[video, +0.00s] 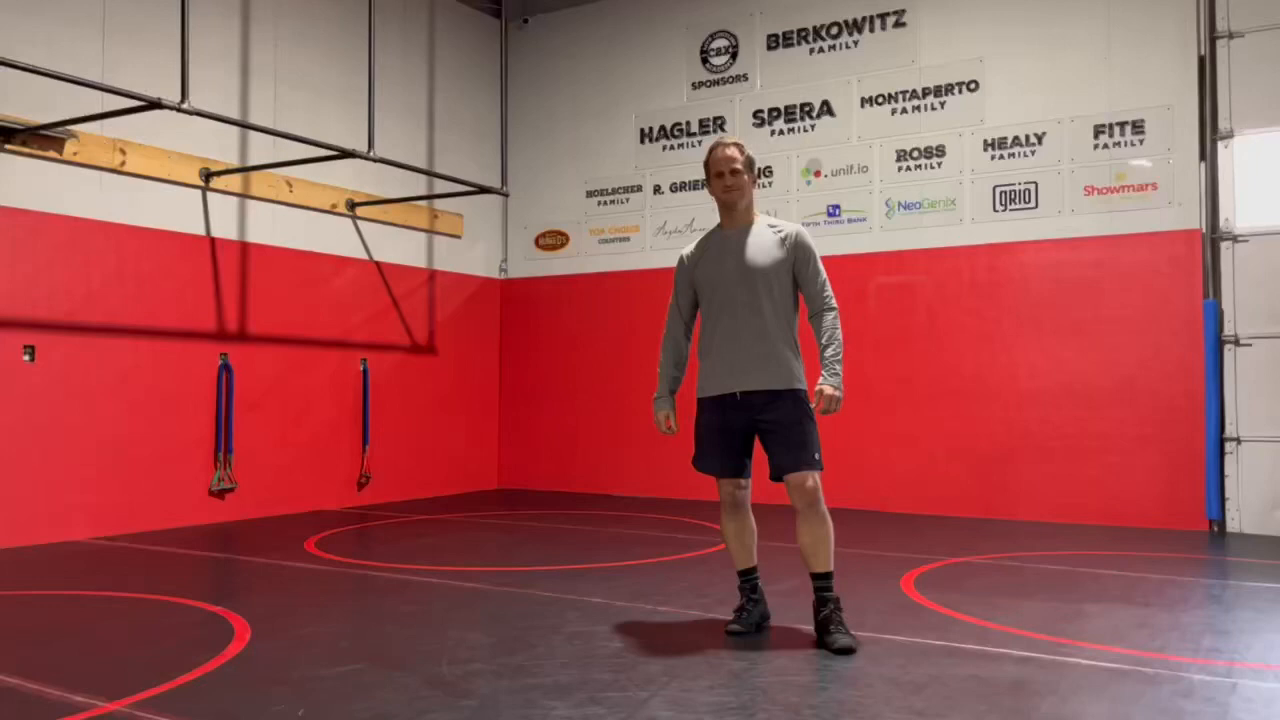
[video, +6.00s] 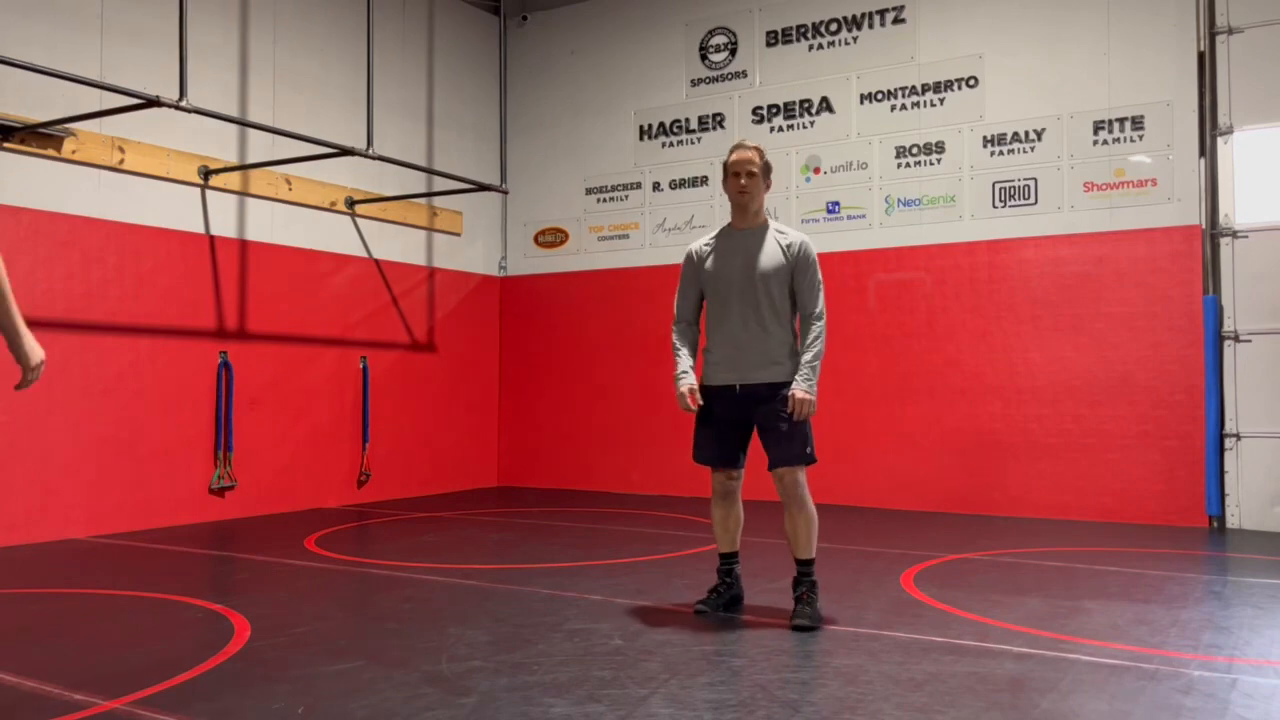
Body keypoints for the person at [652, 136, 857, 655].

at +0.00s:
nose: (727, 179)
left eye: (735, 171)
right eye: (718, 173)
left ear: (753, 177)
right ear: (707, 185)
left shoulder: (790, 239)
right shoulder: (695, 257)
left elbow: (824, 310)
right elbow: (677, 330)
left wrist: (832, 374)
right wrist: (665, 394)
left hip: (783, 392)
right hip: (720, 397)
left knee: (807, 490)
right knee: (733, 495)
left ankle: (827, 610)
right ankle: (751, 602)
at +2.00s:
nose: (780, 148)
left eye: (791, 140)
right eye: (771, 139)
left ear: (806, 152)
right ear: (754, 148)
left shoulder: (825, 233)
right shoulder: (717, 223)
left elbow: (845, 318)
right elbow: (686, 303)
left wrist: (861, 390)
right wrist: (675, 375)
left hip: (800, 388)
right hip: (732, 387)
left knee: (790, 503)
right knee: (730, 505)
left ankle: (780, 624)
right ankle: (750, 543)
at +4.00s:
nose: (790, 180)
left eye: (798, 171)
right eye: (781, 172)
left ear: (816, 176)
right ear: (770, 180)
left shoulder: (842, 247)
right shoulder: (746, 245)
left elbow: (863, 324)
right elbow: (729, 319)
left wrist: (879, 389)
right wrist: (730, 378)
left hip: (826, 387)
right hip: (766, 385)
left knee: (818, 487)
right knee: (757, 482)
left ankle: (812, 593)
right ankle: (750, 595)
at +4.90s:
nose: (745, 181)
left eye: (753, 173)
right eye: (738, 173)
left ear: (773, 180)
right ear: (730, 181)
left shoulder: (799, 242)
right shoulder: (713, 251)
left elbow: (814, 316)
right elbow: (700, 323)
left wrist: (798, 375)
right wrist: (692, 374)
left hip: (779, 387)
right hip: (724, 388)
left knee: (794, 485)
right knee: (724, 482)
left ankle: (808, 588)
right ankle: (728, 582)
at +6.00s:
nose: (742, 181)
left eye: (750, 174)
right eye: (734, 174)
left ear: (767, 183)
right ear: (723, 183)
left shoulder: (794, 247)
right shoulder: (701, 253)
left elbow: (815, 320)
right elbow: (683, 324)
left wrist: (806, 380)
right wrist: (684, 372)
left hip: (778, 389)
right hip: (721, 391)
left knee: (791, 485)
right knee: (724, 486)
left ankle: (806, 590)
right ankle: (728, 584)